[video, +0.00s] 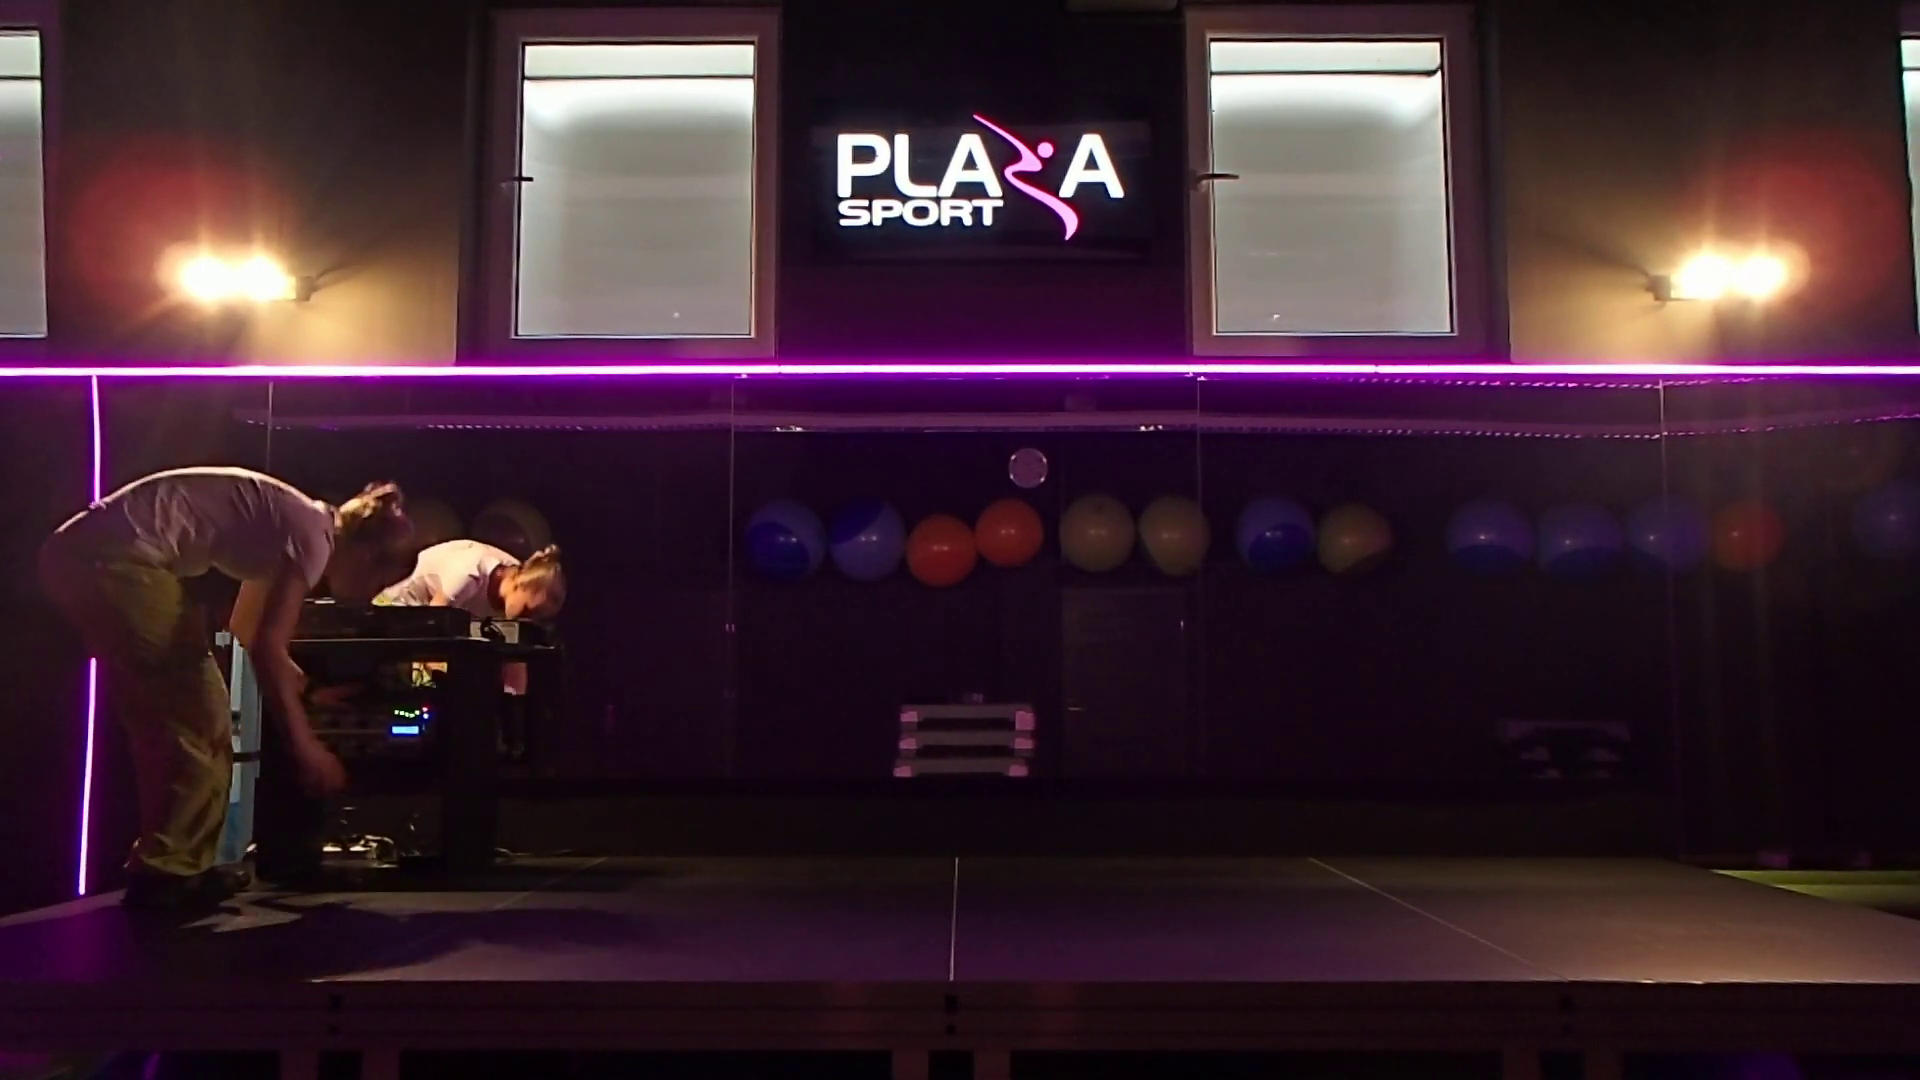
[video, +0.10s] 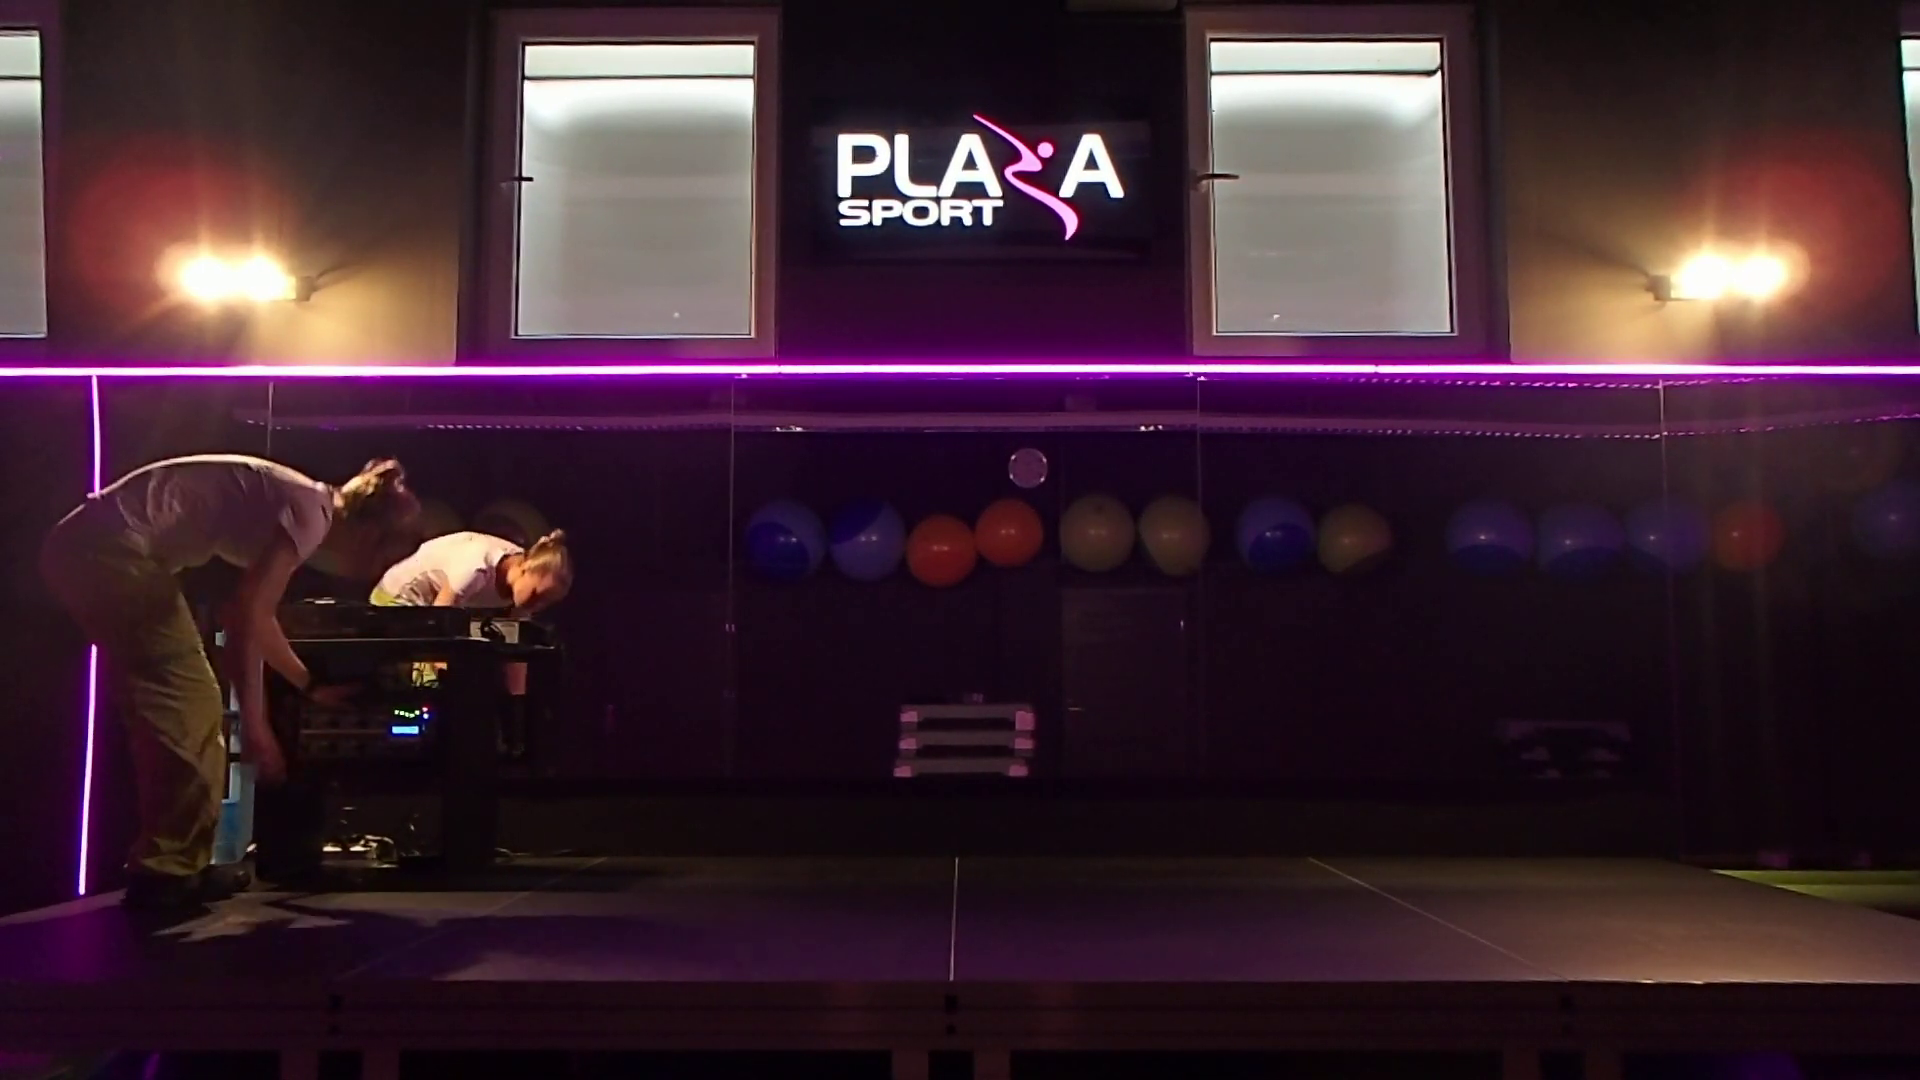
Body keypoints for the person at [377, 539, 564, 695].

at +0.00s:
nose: (526, 619)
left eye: (534, 616)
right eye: (528, 609)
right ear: (518, 582)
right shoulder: (466, 575)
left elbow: (514, 659)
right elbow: (431, 624)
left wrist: (515, 716)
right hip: (397, 609)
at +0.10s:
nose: (536, 606)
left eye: (544, 603)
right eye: (536, 594)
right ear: (523, 568)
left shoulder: (521, 588)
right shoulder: (474, 567)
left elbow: (514, 649)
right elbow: (436, 617)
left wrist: (517, 708)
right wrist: (441, 668)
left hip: (438, 607)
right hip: (395, 601)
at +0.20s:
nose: (547, 594)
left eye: (555, 590)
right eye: (547, 582)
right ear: (532, 557)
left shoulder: (526, 578)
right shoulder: (483, 562)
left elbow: (512, 636)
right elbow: (444, 619)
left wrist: (516, 695)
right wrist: (435, 679)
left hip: (435, 604)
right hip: (395, 598)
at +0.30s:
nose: (553, 590)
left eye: (562, 587)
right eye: (553, 579)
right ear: (539, 554)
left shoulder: (526, 573)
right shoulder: (491, 562)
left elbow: (510, 627)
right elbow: (451, 615)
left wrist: (513, 681)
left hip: (433, 602)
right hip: (396, 595)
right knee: (435, 678)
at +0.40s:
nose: (555, 597)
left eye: (564, 593)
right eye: (555, 585)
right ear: (542, 560)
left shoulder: (528, 581)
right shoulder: (494, 565)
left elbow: (509, 631)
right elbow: (453, 618)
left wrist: (512, 686)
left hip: (436, 604)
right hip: (397, 596)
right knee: (437, 676)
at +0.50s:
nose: (554, 606)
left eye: (562, 603)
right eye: (554, 594)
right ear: (539, 569)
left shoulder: (529, 595)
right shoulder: (493, 570)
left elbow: (515, 658)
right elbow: (451, 618)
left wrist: (514, 711)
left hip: (439, 608)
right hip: (397, 597)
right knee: (436, 677)